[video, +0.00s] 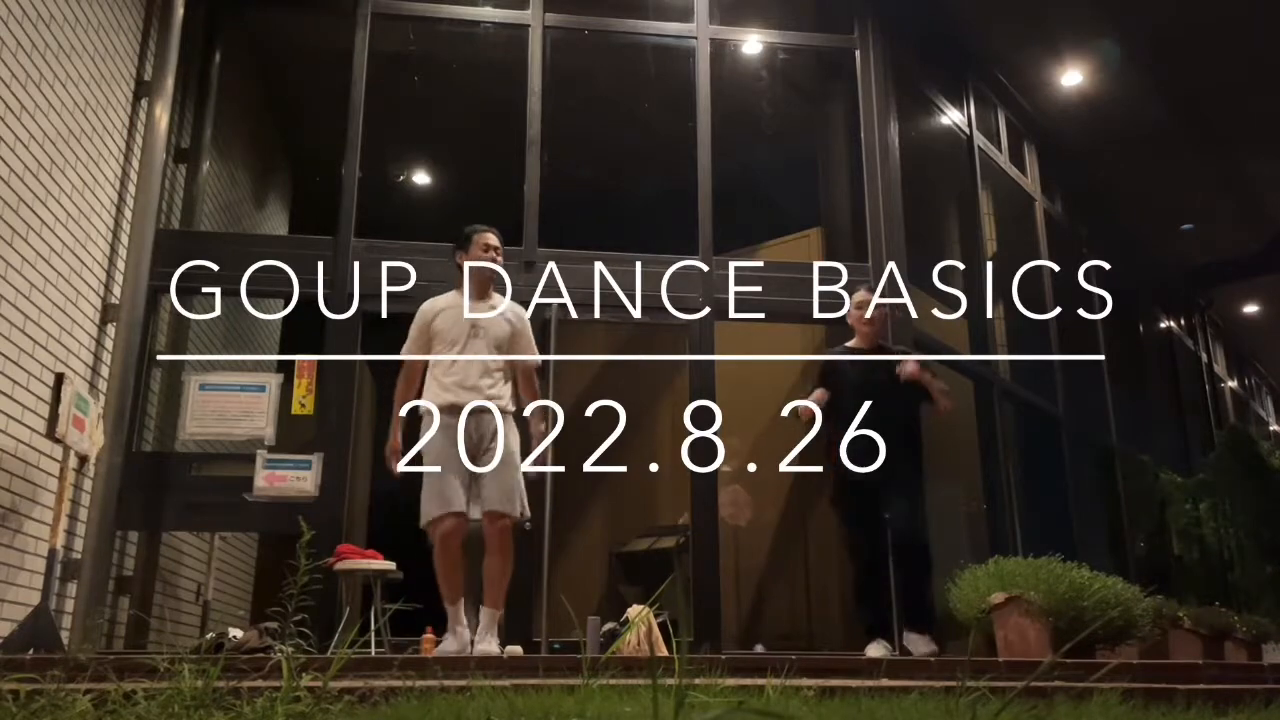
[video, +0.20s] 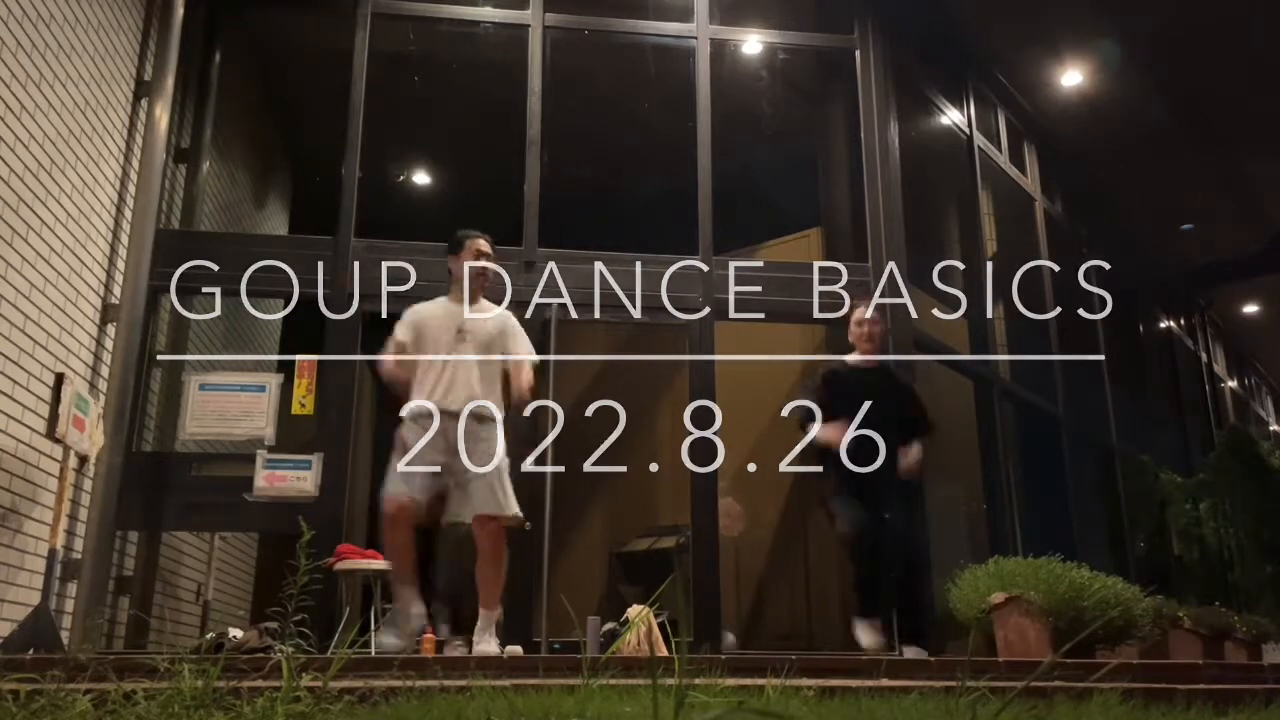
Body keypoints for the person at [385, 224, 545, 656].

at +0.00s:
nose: (495, 257)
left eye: (499, 251)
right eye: (486, 249)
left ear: (503, 262)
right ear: (462, 258)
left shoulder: (514, 315)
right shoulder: (433, 310)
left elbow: (527, 378)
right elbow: (410, 372)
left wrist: (537, 421)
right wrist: (396, 427)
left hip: (498, 424)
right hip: (443, 423)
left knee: (499, 524)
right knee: (448, 526)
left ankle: (488, 631)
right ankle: (457, 630)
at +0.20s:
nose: (484, 265)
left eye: (488, 258)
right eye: (476, 257)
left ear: (493, 267)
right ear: (453, 264)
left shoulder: (504, 321)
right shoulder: (421, 315)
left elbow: (522, 385)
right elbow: (389, 366)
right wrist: (422, 388)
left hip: (480, 430)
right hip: (423, 427)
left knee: (489, 524)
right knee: (396, 509)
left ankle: (487, 630)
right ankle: (409, 614)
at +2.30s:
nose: (461, 241)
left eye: (465, 234)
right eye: (452, 234)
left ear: (471, 242)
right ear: (431, 241)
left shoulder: (490, 290)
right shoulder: (405, 291)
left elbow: (507, 340)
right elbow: (381, 341)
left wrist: (519, 377)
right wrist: (362, 388)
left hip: (475, 405)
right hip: (415, 403)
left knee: (474, 474)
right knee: (382, 500)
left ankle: (477, 583)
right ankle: (347, 602)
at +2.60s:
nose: (522, 273)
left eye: (526, 268)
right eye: (512, 267)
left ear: (532, 280)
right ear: (492, 278)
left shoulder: (551, 331)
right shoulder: (471, 335)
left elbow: (576, 390)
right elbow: (456, 397)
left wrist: (604, 437)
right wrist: (440, 453)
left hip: (536, 442)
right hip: (484, 445)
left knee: (515, 532)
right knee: (489, 543)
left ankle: (519, 633)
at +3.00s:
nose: (529, 256)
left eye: (535, 247)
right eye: (522, 250)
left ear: (550, 252)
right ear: (512, 260)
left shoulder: (570, 285)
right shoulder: (514, 308)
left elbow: (585, 327)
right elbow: (488, 362)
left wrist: (541, 294)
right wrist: (463, 336)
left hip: (582, 406)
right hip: (543, 416)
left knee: (576, 507)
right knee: (511, 506)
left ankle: (633, 601)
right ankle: (565, 599)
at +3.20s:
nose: (515, 307)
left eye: (521, 297)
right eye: (506, 301)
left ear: (537, 302)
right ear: (498, 310)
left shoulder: (564, 338)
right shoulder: (511, 366)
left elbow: (586, 388)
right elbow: (502, 430)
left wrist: (558, 424)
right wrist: (466, 468)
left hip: (590, 459)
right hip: (546, 464)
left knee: (605, 557)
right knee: (483, 530)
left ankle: (664, 633)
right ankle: (421, 622)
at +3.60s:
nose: (446, 260)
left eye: (453, 253)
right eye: (438, 251)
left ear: (462, 259)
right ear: (421, 255)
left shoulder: (481, 304)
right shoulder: (400, 308)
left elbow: (520, 337)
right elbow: (394, 364)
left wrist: (559, 366)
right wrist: (394, 407)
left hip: (472, 422)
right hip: (419, 424)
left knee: (473, 520)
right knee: (392, 521)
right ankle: (400, 630)